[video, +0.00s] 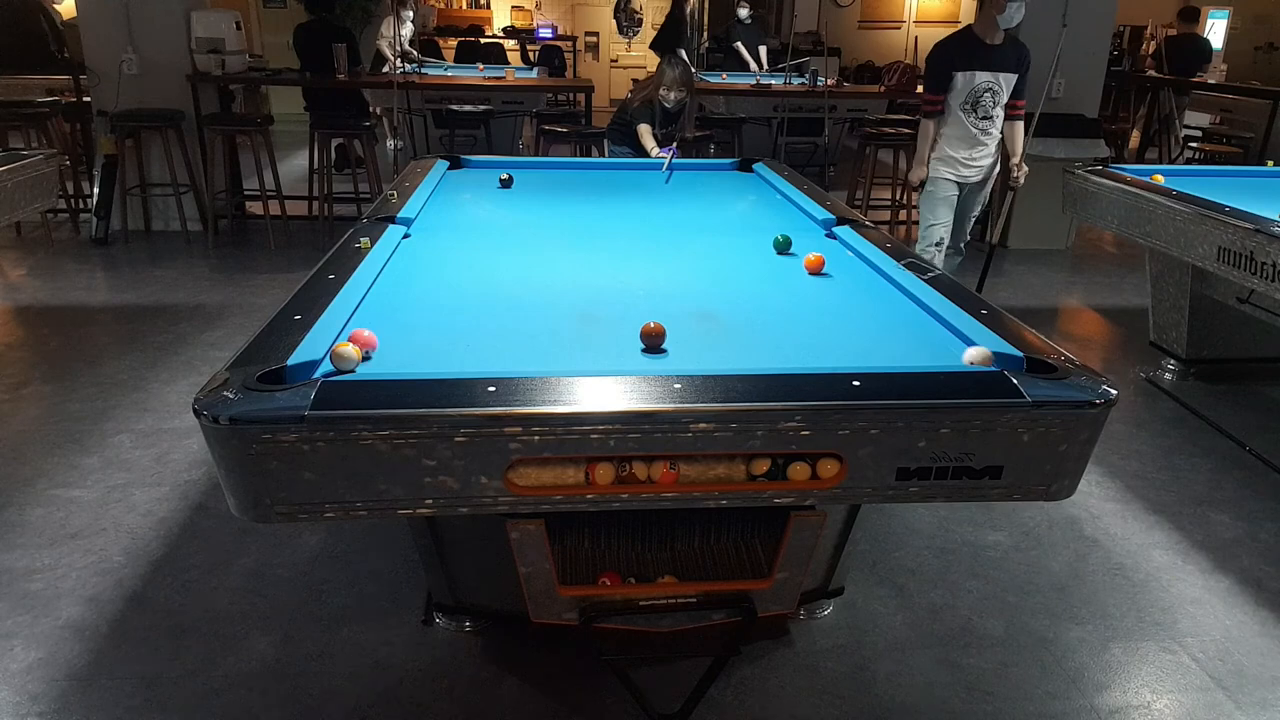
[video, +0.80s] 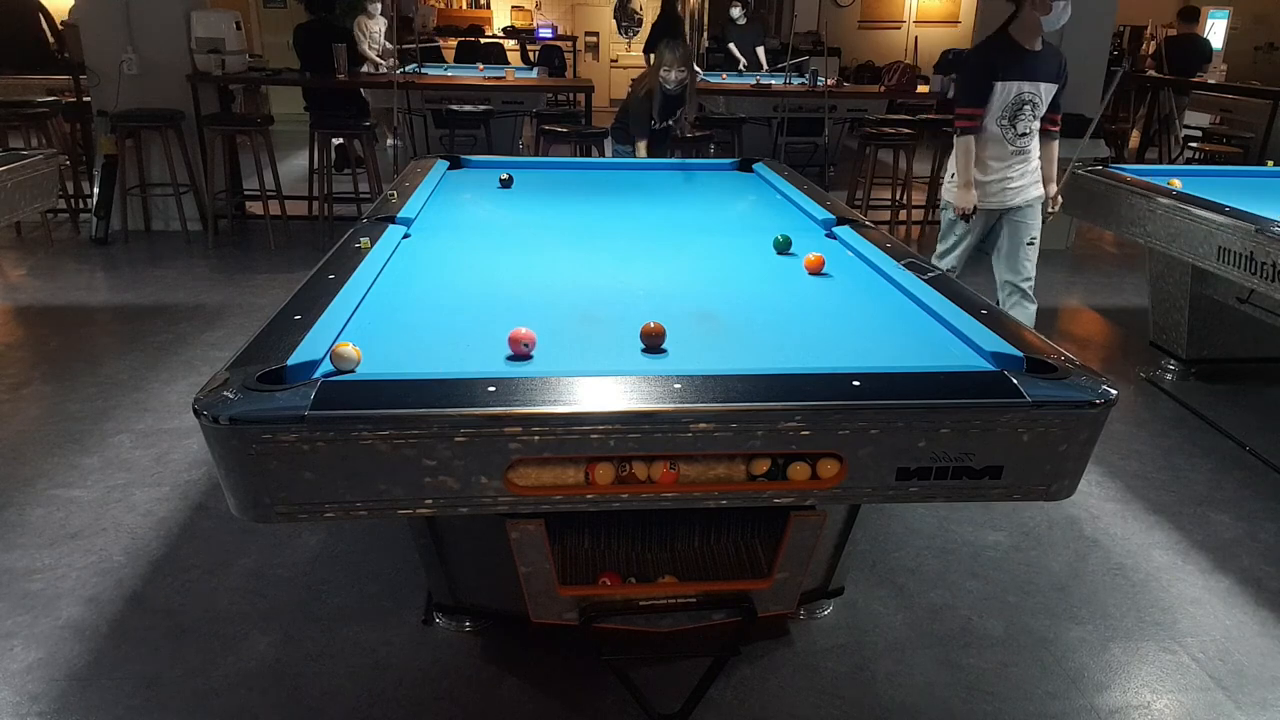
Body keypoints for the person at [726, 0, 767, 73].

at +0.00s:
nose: (741, 11)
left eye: (744, 8)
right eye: (739, 8)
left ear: (750, 12)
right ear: (736, 10)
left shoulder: (757, 25)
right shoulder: (732, 26)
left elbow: (762, 45)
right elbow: (738, 45)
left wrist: (765, 65)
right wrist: (751, 63)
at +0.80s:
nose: (733, 10)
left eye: (736, 7)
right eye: (731, 7)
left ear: (744, 10)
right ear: (729, 10)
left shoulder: (754, 25)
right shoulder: (728, 26)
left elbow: (759, 46)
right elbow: (730, 44)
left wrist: (765, 65)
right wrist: (741, 59)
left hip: (752, 69)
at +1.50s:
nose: (732, 10)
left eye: (736, 7)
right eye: (731, 7)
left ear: (743, 9)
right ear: (728, 9)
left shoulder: (753, 26)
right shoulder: (726, 26)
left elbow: (759, 47)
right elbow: (721, 47)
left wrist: (765, 66)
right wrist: (716, 65)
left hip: (750, 72)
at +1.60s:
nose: (733, 10)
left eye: (736, 6)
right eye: (731, 7)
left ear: (744, 9)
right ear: (729, 8)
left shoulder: (753, 25)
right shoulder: (726, 25)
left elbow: (759, 47)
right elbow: (721, 45)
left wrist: (765, 66)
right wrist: (716, 64)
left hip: (750, 71)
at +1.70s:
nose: (733, 10)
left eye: (736, 7)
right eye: (731, 7)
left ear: (744, 9)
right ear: (729, 9)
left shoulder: (752, 25)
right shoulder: (726, 25)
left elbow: (759, 47)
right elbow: (719, 44)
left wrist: (765, 66)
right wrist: (715, 64)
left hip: (750, 72)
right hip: (730, 71)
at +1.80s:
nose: (735, 8)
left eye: (738, 6)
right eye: (733, 6)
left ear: (744, 9)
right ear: (729, 9)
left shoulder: (753, 25)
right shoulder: (726, 24)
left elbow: (759, 47)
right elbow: (720, 44)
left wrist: (765, 66)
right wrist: (715, 63)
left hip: (750, 71)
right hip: (729, 70)